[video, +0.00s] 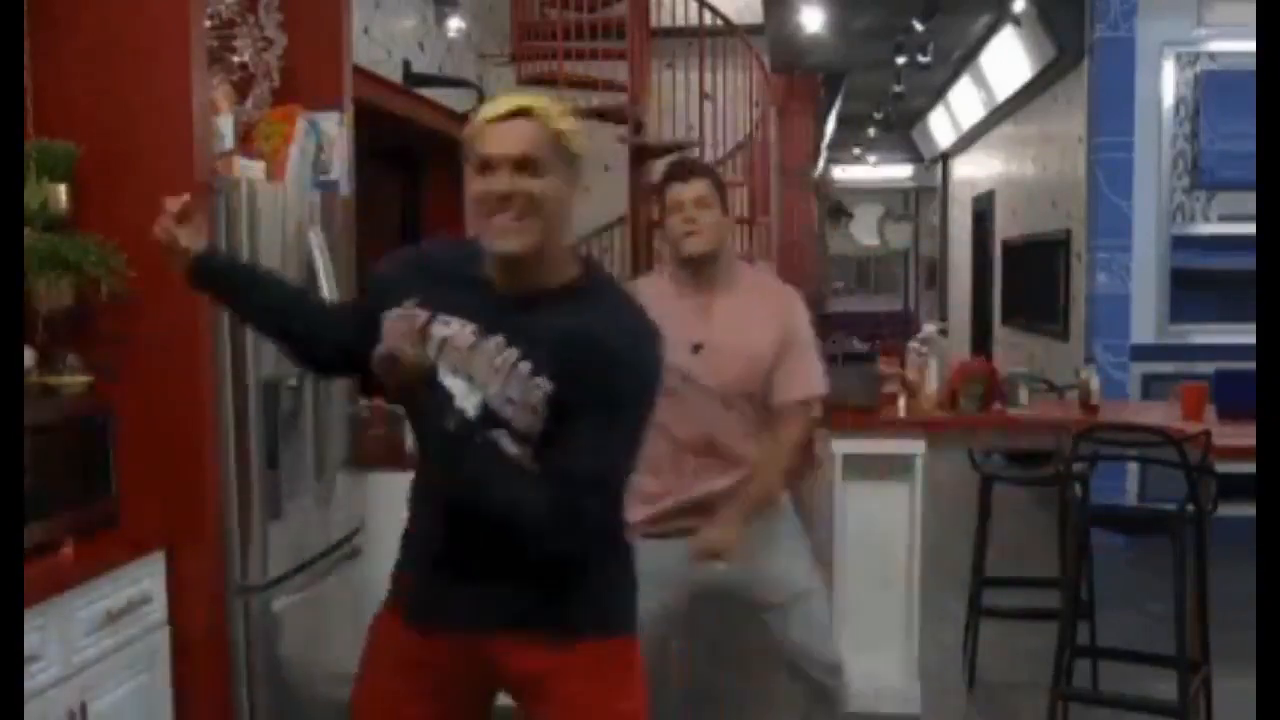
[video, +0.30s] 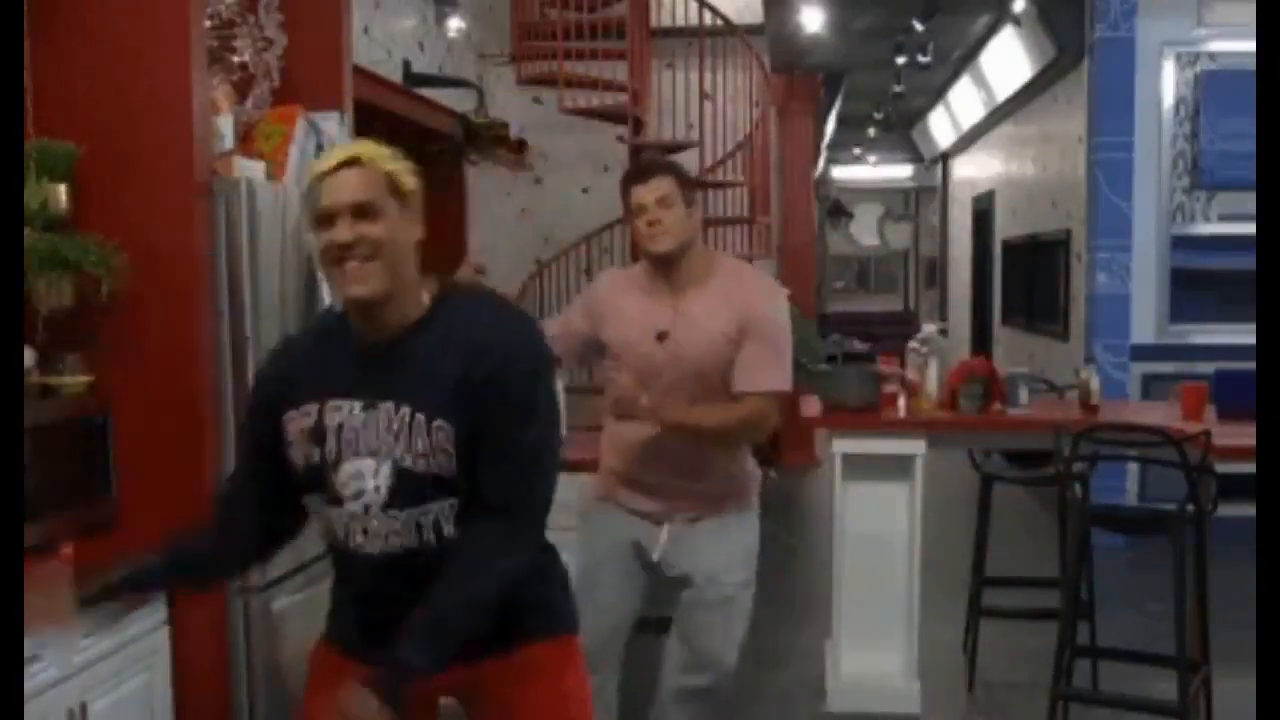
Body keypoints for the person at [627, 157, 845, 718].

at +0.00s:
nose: (690, 219)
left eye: (703, 207)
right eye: (676, 210)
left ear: (728, 217)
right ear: (661, 226)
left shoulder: (778, 302)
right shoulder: (633, 303)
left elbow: (794, 423)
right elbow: (605, 409)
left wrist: (734, 517)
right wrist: (602, 516)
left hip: (757, 517)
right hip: (653, 525)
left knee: (820, 668)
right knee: (631, 675)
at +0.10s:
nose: (672, 219)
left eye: (685, 207)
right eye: (659, 211)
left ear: (711, 222)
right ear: (645, 231)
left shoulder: (768, 309)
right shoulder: (611, 306)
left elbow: (770, 430)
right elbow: (582, 408)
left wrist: (692, 479)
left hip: (734, 529)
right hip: (624, 528)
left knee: (783, 676)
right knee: (592, 681)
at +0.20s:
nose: (660, 215)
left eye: (673, 201)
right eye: (647, 208)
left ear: (701, 213)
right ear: (636, 226)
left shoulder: (762, 299)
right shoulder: (611, 295)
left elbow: (759, 423)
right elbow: (565, 389)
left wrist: (675, 440)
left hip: (723, 522)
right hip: (616, 520)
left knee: (738, 677)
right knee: (582, 674)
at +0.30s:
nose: (651, 219)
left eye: (663, 205)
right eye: (638, 211)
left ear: (695, 211)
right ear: (629, 226)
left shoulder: (756, 294)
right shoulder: (612, 291)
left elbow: (761, 413)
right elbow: (539, 350)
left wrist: (661, 412)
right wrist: (483, 308)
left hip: (718, 514)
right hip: (620, 507)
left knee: (707, 671)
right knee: (589, 657)